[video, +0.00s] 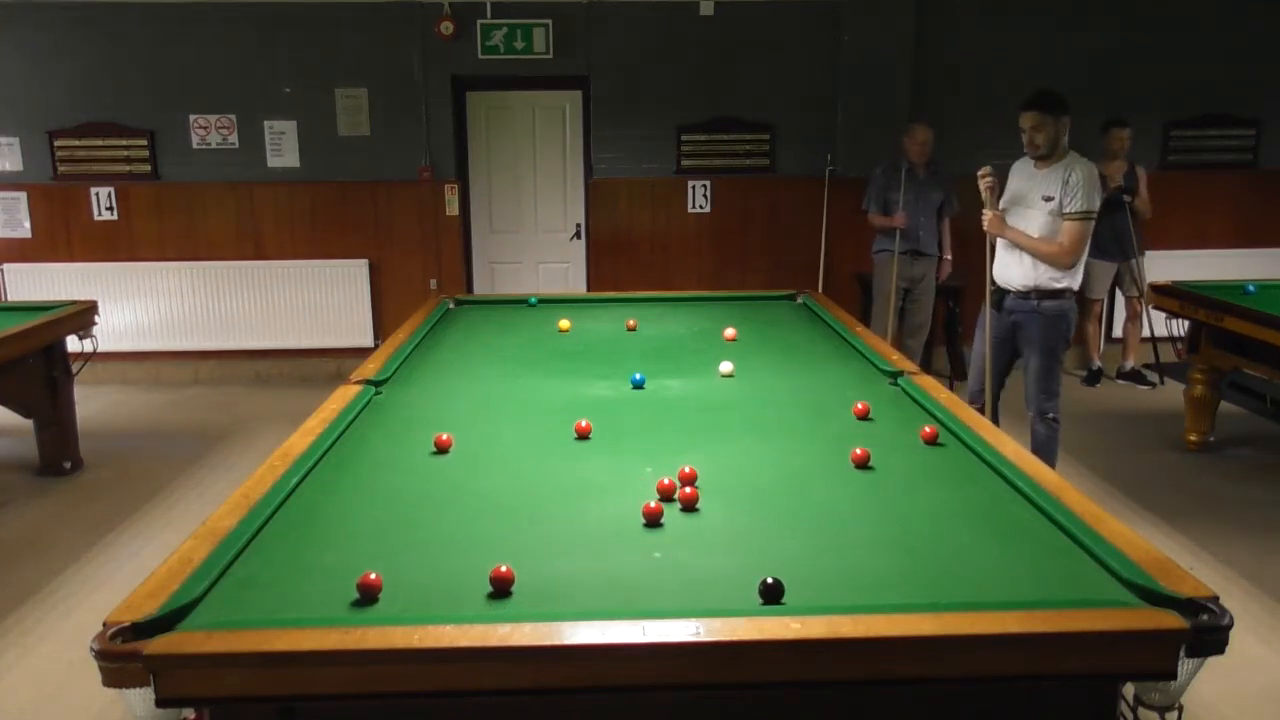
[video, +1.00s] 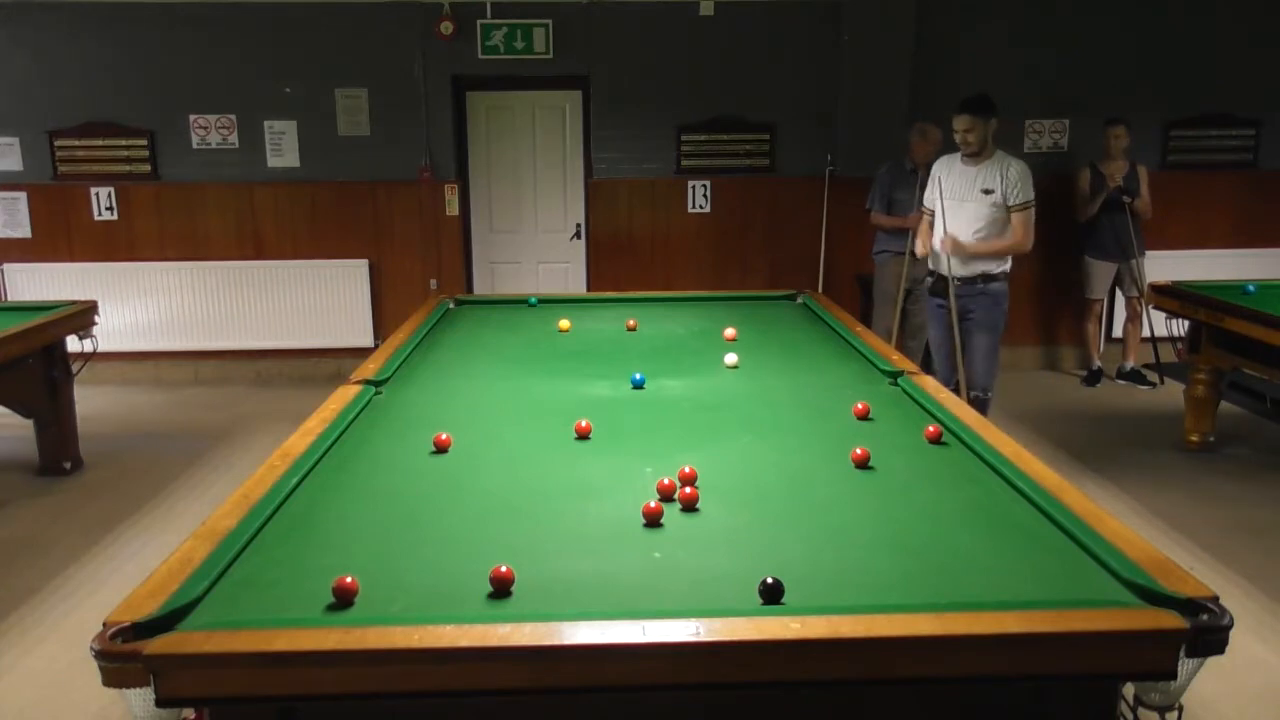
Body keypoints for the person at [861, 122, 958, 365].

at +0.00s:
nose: (922, 149)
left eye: (926, 144)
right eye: (917, 143)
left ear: (932, 147)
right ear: (906, 143)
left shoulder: (937, 177)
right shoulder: (886, 174)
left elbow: (944, 219)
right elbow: (873, 218)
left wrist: (947, 256)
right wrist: (891, 222)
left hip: (927, 258)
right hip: (891, 256)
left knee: (918, 327)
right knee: (884, 324)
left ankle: (907, 382)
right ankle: (877, 378)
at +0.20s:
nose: (923, 150)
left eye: (927, 145)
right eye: (918, 144)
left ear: (933, 147)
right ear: (907, 143)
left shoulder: (937, 178)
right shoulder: (887, 173)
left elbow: (946, 216)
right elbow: (872, 217)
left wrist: (946, 249)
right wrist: (891, 222)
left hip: (926, 260)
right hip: (891, 257)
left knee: (918, 329)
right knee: (884, 325)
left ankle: (907, 383)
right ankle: (877, 380)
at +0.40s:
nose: (927, 150)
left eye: (931, 145)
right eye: (923, 144)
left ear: (936, 147)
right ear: (909, 143)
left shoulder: (939, 178)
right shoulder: (888, 174)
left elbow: (947, 214)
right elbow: (873, 217)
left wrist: (947, 245)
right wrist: (893, 222)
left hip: (926, 261)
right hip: (892, 259)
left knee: (918, 331)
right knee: (884, 326)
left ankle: (908, 385)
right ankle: (878, 383)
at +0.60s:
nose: (932, 149)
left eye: (935, 144)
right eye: (928, 143)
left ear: (937, 147)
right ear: (912, 142)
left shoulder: (934, 178)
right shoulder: (889, 173)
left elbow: (945, 216)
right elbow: (873, 217)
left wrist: (945, 247)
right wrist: (897, 222)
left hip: (926, 261)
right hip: (892, 259)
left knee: (918, 331)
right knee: (885, 327)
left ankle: (909, 386)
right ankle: (877, 383)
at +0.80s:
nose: (932, 152)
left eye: (935, 146)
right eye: (928, 146)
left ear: (938, 148)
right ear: (913, 143)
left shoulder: (937, 177)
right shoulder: (890, 173)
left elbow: (944, 218)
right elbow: (874, 216)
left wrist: (933, 221)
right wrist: (901, 222)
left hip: (927, 259)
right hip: (893, 257)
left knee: (918, 332)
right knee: (885, 326)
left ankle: (909, 386)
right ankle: (877, 381)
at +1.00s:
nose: (934, 152)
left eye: (936, 147)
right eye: (930, 146)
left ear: (937, 149)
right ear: (915, 143)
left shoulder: (935, 177)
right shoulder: (891, 172)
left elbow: (942, 216)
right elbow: (875, 217)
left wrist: (928, 224)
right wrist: (906, 222)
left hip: (924, 259)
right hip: (892, 257)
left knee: (917, 331)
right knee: (885, 326)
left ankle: (908, 386)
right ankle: (877, 382)